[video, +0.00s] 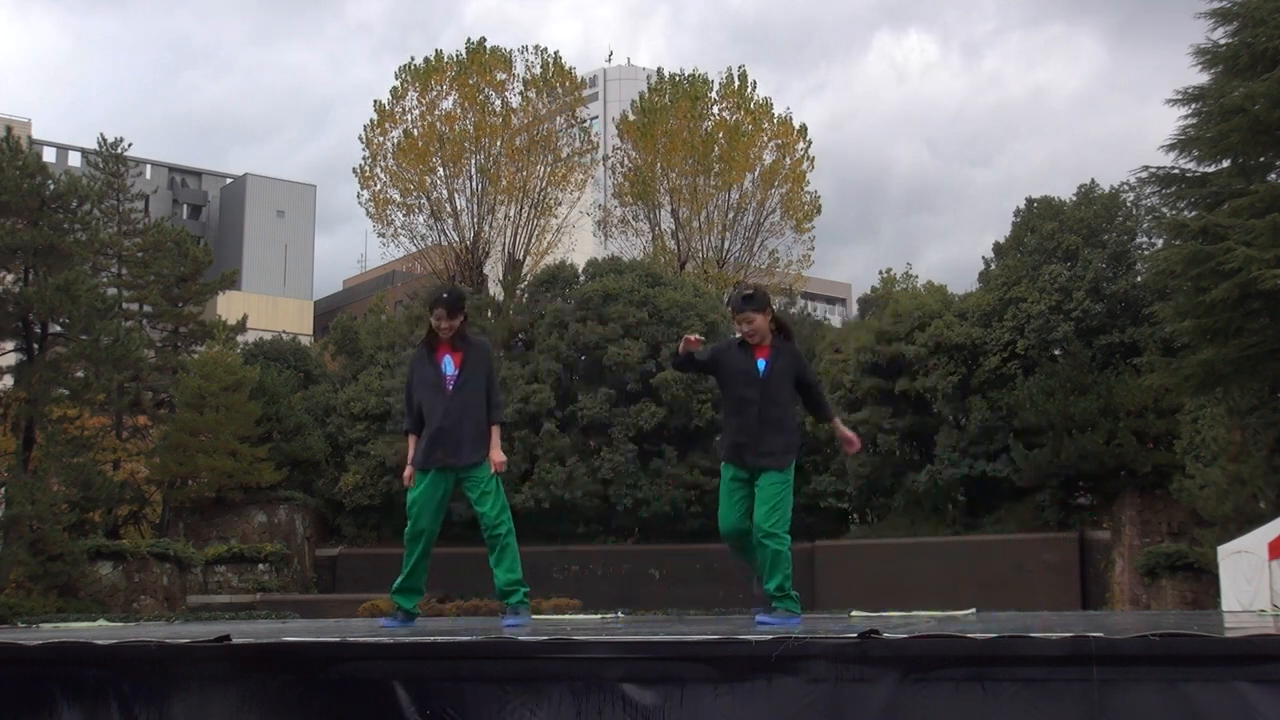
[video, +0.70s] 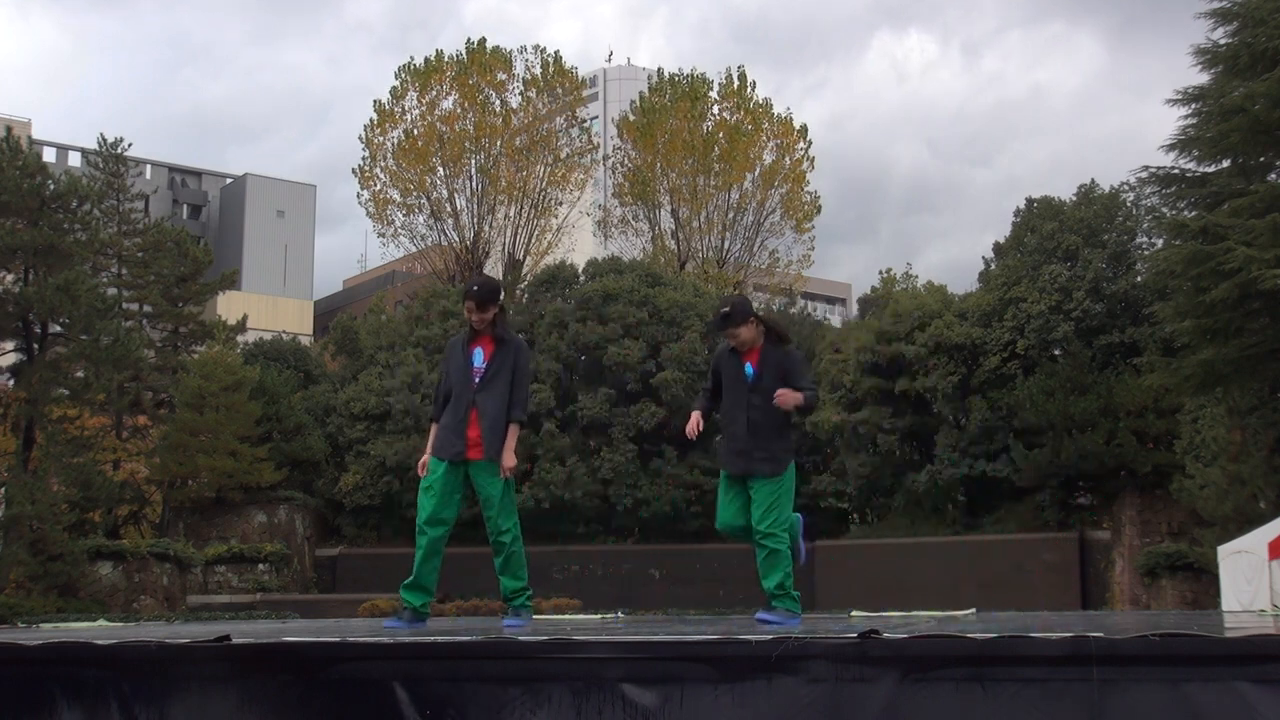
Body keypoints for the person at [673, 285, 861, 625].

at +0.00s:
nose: (745, 329)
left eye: (750, 321)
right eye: (739, 323)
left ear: (769, 316)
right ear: (734, 322)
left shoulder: (789, 354)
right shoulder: (726, 353)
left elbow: (811, 393)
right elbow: (687, 365)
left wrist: (838, 426)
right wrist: (685, 352)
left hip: (777, 458)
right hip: (736, 457)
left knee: (768, 528)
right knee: (731, 527)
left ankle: (785, 606)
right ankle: (768, 576)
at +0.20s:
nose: (738, 360)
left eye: (743, 352)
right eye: (734, 354)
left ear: (761, 344)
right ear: (729, 352)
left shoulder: (788, 376)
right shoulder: (724, 377)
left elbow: (800, 420)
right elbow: (691, 405)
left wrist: (811, 457)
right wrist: (684, 391)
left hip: (775, 474)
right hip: (734, 473)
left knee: (753, 537)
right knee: (704, 526)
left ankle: (785, 608)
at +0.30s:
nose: (727, 362)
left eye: (731, 355)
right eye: (722, 357)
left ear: (749, 344)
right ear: (719, 355)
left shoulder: (781, 370)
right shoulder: (721, 379)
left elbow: (809, 408)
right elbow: (705, 405)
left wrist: (823, 445)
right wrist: (683, 410)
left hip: (781, 469)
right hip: (740, 469)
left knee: (760, 531)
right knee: (717, 528)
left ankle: (785, 608)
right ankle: (718, 608)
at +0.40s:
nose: (727, 352)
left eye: (731, 344)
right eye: (722, 347)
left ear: (748, 336)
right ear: (719, 347)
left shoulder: (777, 363)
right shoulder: (722, 370)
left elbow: (818, 381)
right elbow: (707, 399)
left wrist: (832, 406)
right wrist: (687, 413)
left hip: (784, 462)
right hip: (744, 464)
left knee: (772, 529)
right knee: (737, 531)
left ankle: (785, 607)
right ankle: (744, 606)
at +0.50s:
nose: (732, 342)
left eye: (737, 334)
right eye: (727, 336)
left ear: (754, 326)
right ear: (725, 335)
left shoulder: (782, 353)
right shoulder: (724, 359)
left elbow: (807, 373)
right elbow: (706, 393)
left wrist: (824, 381)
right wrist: (690, 408)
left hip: (780, 459)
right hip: (744, 460)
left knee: (770, 528)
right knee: (756, 531)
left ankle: (785, 605)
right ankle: (786, 598)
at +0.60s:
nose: (735, 340)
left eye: (740, 333)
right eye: (731, 335)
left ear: (759, 323)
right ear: (728, 333)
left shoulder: (787, 355)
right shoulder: (727, 356)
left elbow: (822, 393)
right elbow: (709, 392)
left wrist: (819, 382)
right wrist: (696, 407)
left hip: (775, 458)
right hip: (738, 459)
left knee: (769, 530)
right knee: (751, 530)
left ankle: (785, 605)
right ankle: (805, 556)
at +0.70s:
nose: (731, 339)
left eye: (735, 332)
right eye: (727, 334)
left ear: (754, 324)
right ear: (725, 332)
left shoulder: (785, 356)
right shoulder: (724, 357)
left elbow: (811, 397)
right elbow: (711, 393)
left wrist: (798, 398)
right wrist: (699, 411)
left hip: (773, 460)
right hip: (735, 458)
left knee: (769, 529)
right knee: (729, 522)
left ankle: (784, 605)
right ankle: (789, 527)